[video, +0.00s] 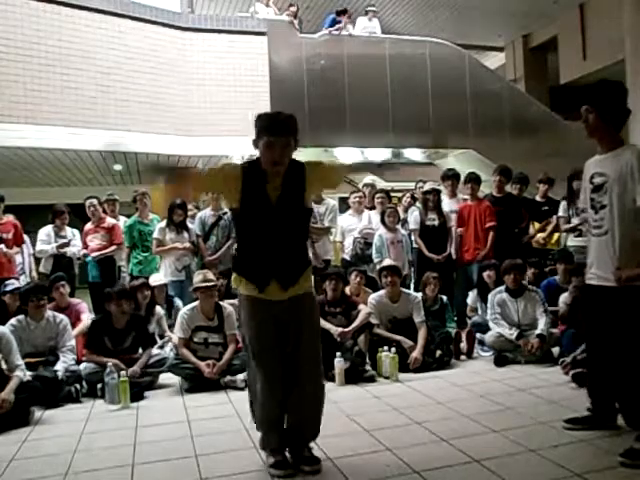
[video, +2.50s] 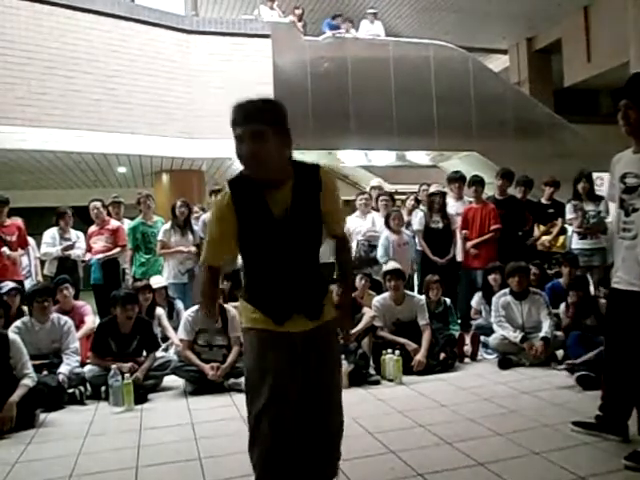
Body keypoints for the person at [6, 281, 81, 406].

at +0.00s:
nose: (40, 303)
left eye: (42, 299)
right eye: (34, 300)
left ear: (47, 301)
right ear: (25, 305)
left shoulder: (60, 321)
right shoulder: (15, 325)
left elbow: (68, 352)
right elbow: (10, 357)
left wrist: (58, 372)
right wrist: (24, 374)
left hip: (53, 367)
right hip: (27, 369)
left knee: (75, 374)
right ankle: (66, 394)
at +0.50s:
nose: (46, 303)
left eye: (46, 298)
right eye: (40, 300)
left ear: (49, 299)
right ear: (28, 305)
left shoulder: (59, 321)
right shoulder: (14, 326)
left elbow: (68, 352)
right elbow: (11, 357)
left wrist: (59, 370)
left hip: (54, 366)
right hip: (28, 369)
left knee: (75, 373)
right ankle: (66, 394)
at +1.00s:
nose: (53, 302)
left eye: (53, 298)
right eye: (48, 299)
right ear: (35, 305)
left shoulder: (64, 323)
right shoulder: (18, 329)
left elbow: (71, 353)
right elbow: (15, 359)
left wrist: (63, 372)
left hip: (58, 368)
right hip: (32, 371)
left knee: (79, 375)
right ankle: (69, 397)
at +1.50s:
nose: (48, 302)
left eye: (50, 298)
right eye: (42, 299)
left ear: (54, 301)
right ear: (31, 304)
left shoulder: (64, 323)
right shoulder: (19, 328)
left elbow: (72, 353)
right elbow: (13, 357)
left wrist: (63, 373)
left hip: (58, 369)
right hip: (33, 372)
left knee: (79, 375)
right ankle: (69, 397)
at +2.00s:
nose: (46, 304)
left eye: (48, 300)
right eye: (41, 301)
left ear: (53, 302)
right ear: (31, 305)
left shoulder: (64, 323)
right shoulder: (18, 328)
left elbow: (72, 353)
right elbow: (15, 359)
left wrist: (63, 373)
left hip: (59, 368)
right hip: (33, 372)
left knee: (79, 375)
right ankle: (69, 397)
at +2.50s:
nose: (45, 305)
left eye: (47, 301)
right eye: (39, 302)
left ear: (53, 303)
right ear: (31, 306)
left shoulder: (64, 323)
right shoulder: (19, 328)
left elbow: (72, 353)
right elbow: (14, 358)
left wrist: (63, 373)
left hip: (59, 369)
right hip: (33, 372)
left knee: (79, 376)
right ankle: (69, 396)